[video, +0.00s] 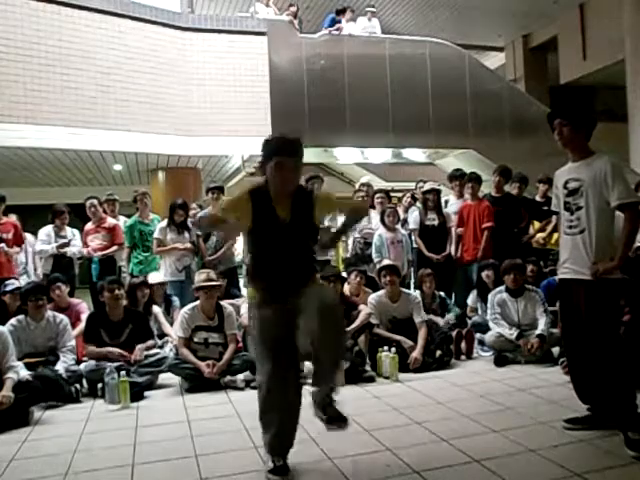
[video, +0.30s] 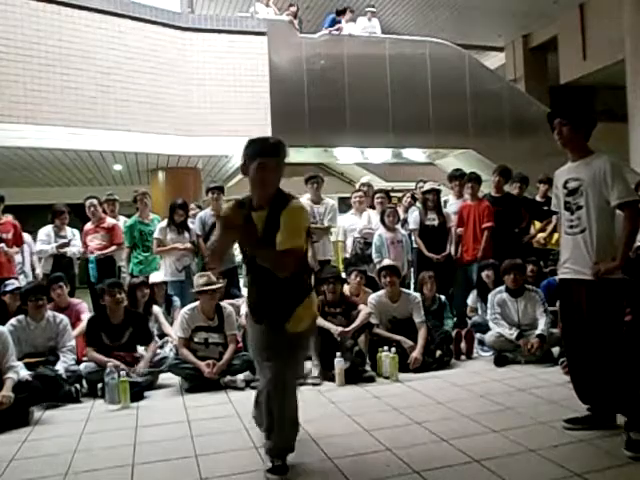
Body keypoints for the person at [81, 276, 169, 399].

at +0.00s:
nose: (117, 293)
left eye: (119, 289)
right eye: (111, 291)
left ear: (124, 292)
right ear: (102, 297)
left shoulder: (136, 315)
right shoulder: (94, 318)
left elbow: (152, 341)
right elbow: (88, 350)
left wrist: (141, 347)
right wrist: (108, 352)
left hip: (135, 360)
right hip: (107, 364)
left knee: (163, 356)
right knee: (87, 368)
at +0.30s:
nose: (118, 297)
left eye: (120, 293)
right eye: (112, 295)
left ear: (125, 295)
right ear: (103, 301)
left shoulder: (136, 317)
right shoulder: (95, 321)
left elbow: (152, 344)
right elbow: (89, 352)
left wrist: (144, 363)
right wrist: (111, 362)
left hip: (133, 362)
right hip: (107, 364)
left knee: (165, 357)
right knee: (85, 368)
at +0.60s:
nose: (118, 300)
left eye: (120, 296)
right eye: (112, 298)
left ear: (124, 298)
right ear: (102, 303)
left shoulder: (135, 318)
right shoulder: (94, 323)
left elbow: (152, 344)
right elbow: (88, 355)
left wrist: (144, 366)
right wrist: (117, 359)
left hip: (133, 362)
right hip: (106, 364)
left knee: (164, 356)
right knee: (86, 369)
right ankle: (139, 381)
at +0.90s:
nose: (119, 303)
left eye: (121, 298)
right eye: (114, 300)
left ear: (126, 300)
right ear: (103, 304)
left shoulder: (135, 319)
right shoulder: (95, 323)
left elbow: (150, 344)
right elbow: (88, 356)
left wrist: (141, 366)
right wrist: (115, 361)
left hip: (132, 360)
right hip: (106, 364)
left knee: (163, 357)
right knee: (86, 370)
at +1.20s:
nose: (127, 309)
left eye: (130, 304)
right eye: (121, 305)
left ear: (134, 306)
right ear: (111, 307)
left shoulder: (139, 321)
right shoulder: (101, 323)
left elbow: (149, 349)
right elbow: (90, 356)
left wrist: (137, 369)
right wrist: (109, 363)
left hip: (133, 362)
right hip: (108, 363)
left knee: (163, 358)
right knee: (86, 369)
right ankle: (134, 382)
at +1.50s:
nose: (131, 311)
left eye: (134, 306)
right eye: (126, 307)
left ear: (138, 307)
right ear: (115, 309)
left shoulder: (143, 322)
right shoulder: (104, 324)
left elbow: (149, 350)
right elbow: (92, 356)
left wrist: (139, 368)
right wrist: (115, 366)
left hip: (134, 363)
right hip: (109, 364)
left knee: (163, 358)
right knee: (86, 369)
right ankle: (137, 382)